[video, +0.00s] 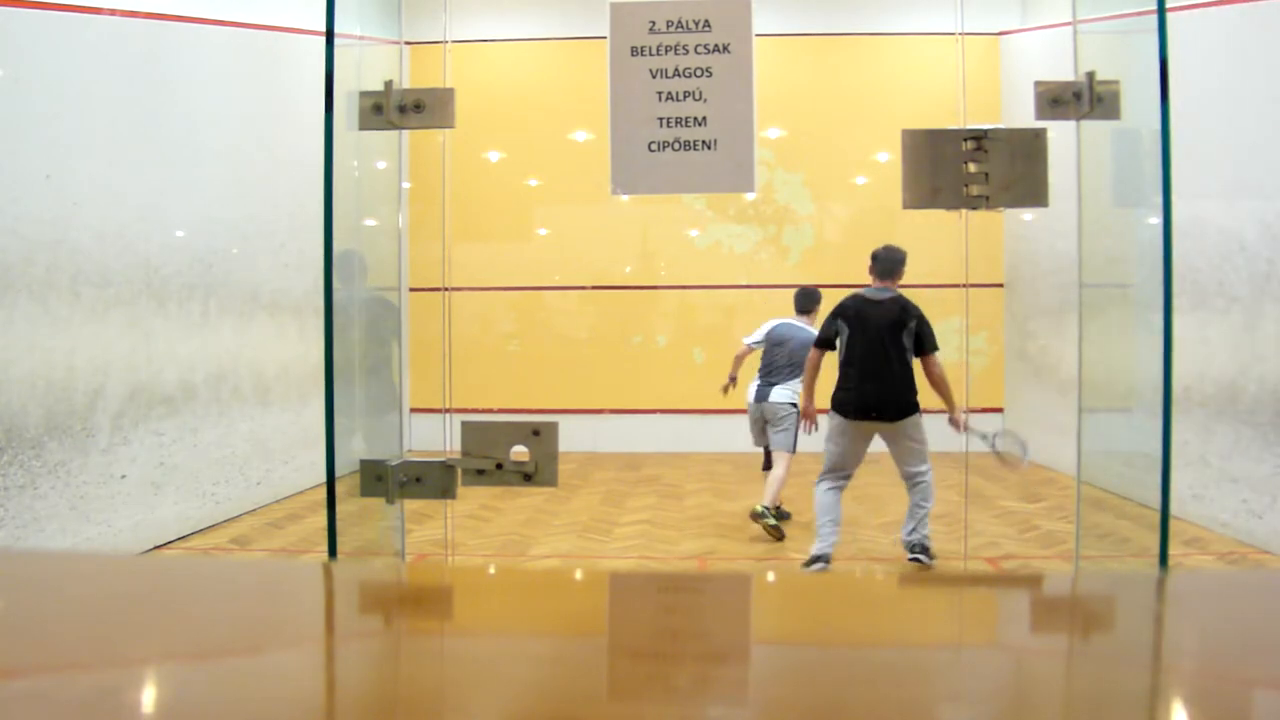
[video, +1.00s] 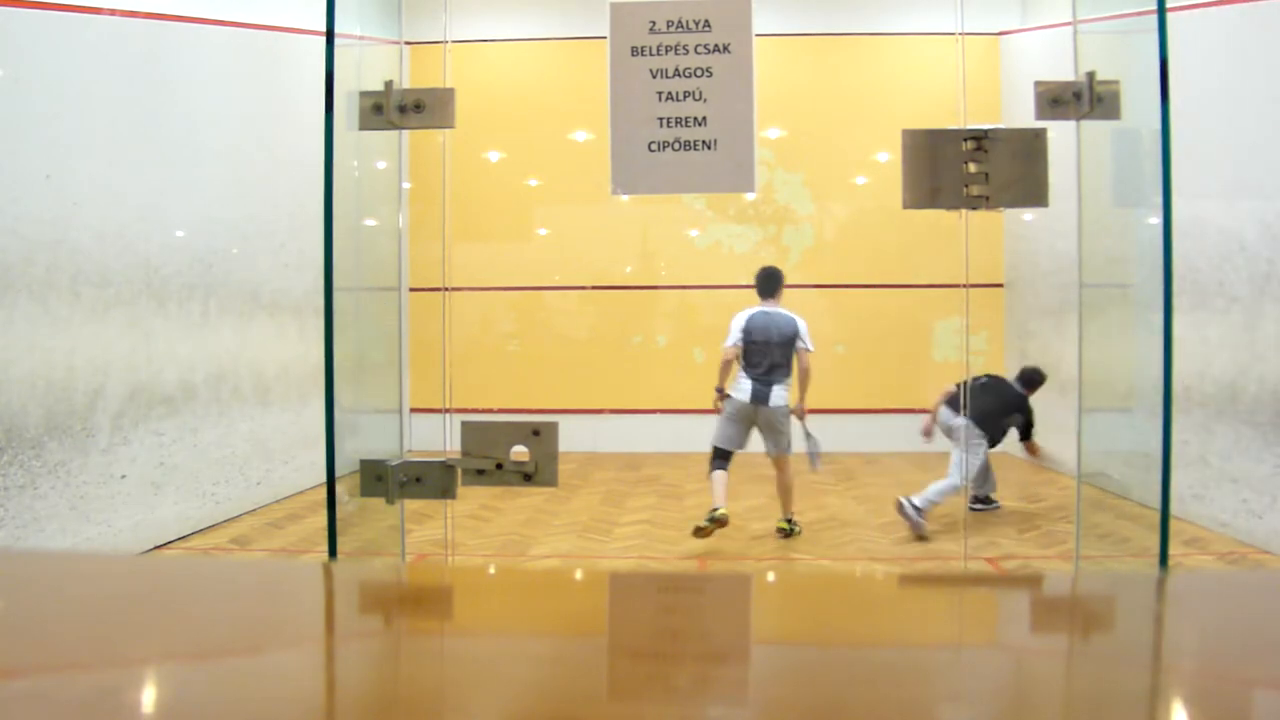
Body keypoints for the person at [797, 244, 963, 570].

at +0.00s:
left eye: (870, 269)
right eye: (898, 273)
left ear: (870, 271)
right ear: (901, 275)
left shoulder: (847, 306)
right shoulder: (910, 312)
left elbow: (816, 353)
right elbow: (932, 368)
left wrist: (808, 400)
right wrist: (953, 408)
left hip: (851, 408)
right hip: (899, 409)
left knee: (832, 479)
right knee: (918, 475)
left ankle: (822, 551)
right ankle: (917, 541)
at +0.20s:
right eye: (912, 303)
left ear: (883, 305)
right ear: (912, 307)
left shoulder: (860, 337)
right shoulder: (916, 344)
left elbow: (839, 372)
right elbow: (937, 397)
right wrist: (958, 436)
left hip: (856, 431)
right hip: (899, 432)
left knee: (832, 496)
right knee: (940, 469)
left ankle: (809, 560)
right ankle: (937, 540)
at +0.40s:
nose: (975, 319)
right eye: (974, 314)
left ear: (948, 310)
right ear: (974, 316)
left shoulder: (920, 334)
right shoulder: (969, 351)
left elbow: (883, 352)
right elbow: (989, 400)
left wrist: (914, 358)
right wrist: (1011, 431)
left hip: (893, 423)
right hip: (934, 425)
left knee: (880, 486)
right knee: (976, 473)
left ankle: (845, 532)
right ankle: (971, 543)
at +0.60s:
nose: (1019, 340)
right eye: (1020, 335)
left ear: (994, 325)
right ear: (1016, 337)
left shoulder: (960, 341)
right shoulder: (1004, 364)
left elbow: (914, 351)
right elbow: (1018, 417)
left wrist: (895, 382)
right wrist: (1045, 435)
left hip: (921, 420)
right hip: (960, 425)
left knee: (938, 460)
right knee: (995, 484)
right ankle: (975, 541)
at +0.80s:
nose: (1040, 364)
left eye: (1040, 359)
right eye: (1040, 360)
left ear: (1018, 349)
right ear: (1036, 361)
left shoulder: (985, 358)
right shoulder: (1018, 381)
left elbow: (948, 354)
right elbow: (1042, 426)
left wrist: (912, 366)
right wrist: (1078, 424)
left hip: (933, 417)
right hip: (957, 422)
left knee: (969, 450)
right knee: (973, 470)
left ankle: (979, 483)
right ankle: (967, 524)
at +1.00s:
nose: (1036, 391)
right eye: (1037, 388)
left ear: (1018, 376)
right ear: (1034, 389)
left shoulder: (992, 379)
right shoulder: (1023, 407)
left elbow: (948, 393)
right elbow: (1027, 442)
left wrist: (931, 420)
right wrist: (1035, 451)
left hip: (946, 414)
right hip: (971, 430)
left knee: (979, 451)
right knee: (959, 479)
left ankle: (981, 495)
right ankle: (916, 504)